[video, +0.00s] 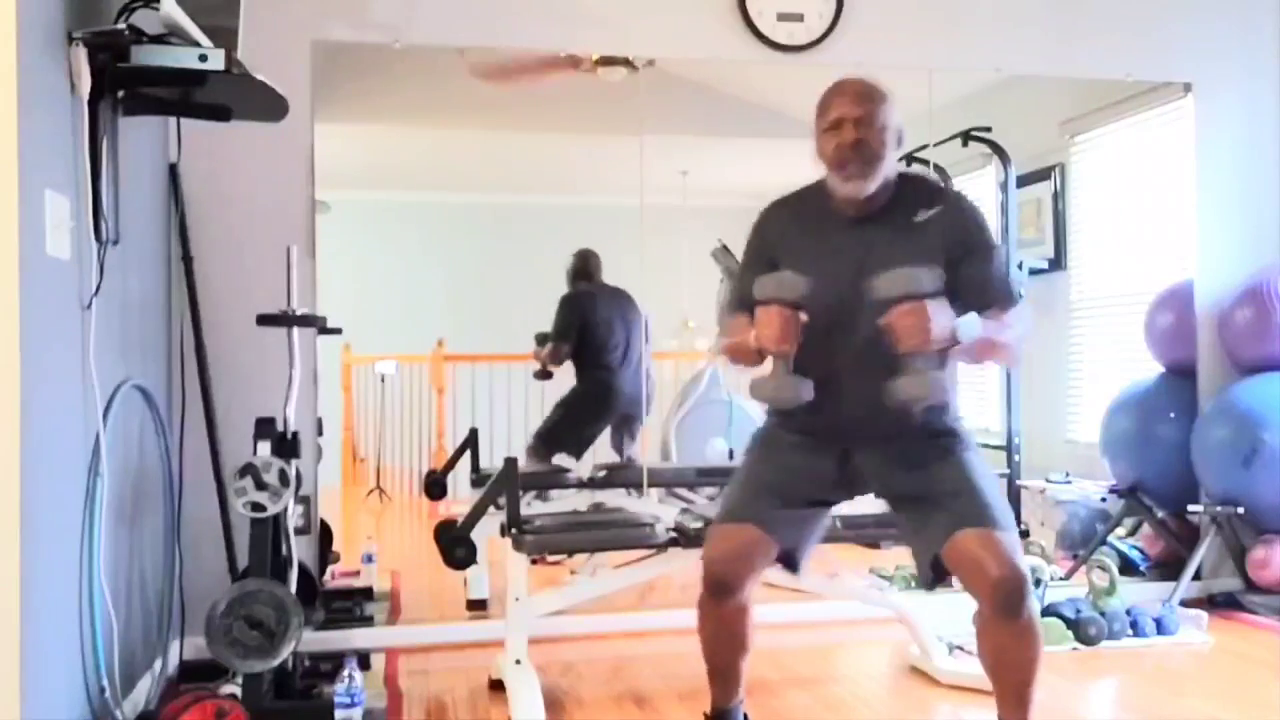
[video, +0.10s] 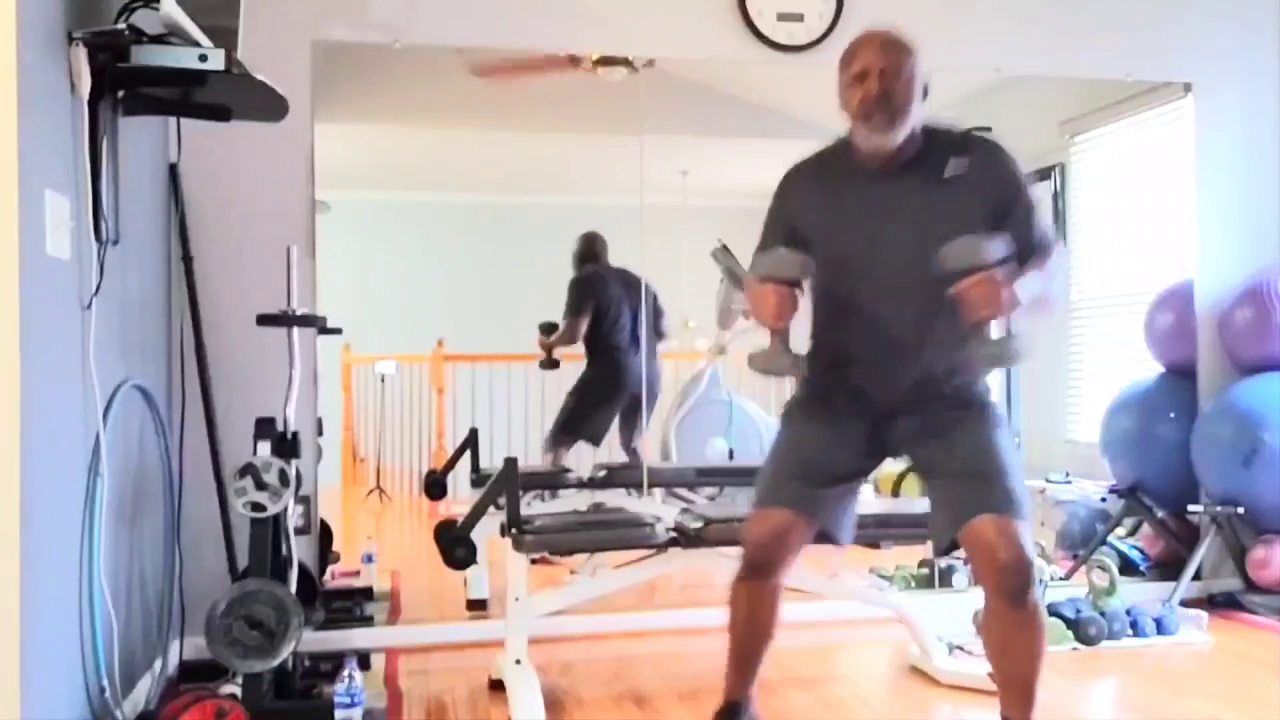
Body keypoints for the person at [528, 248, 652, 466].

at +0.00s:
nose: (567, 276)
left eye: (569, 272)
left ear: (571, 273)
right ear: (599, 273)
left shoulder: (575, 300)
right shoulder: (627, 299)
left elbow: (557, 354)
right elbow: (643, 347)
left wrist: (543, 355)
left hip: (598, 393)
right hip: (637, 391)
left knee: (539, 449)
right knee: (629, 453)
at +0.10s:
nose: (574, 258)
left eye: (575, 254)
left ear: (579, 255)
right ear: (605, 254)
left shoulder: (586, 280)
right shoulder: (636, 282)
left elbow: (573, 334)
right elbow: (660, 331)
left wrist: (550, 344)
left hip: (609, 374)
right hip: (647, 375)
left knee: (559, 443)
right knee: (633, 442)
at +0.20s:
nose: (578, 246)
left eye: (578, 241)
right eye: (579, 242)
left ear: (583, 240)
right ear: (608, 238)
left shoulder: (592, 261)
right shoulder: (644, 263)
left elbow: (592, 304)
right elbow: (673, 308)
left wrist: (560, 329)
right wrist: (641, 320)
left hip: (614, 360)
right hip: (652, 361)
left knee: (572, 432)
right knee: (640, 437)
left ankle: (578, 503)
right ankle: (659, 507)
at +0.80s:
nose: (581, 256)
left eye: (582, 251)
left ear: (587, 253)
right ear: (614, 252)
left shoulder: (586, 280)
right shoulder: (645, 280)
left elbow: (571, 337)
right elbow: (663, 333)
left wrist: (560, 340)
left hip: (613, 375)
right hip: (653, 376)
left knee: (556, 441)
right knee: (646, 446)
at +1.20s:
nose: (542, 248)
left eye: (543, 244)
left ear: (546, 244)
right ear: (572, 242)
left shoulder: (541, 273)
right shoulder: (603, 270)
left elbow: (529, 326)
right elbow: (624, 321)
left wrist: (520, 337)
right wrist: (593, 326)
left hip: (564, 368)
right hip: (605, 367)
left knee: (533, 443)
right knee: (618, 440)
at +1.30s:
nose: (536, 236)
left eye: (537, 232)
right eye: (539, 233)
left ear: (539, 231)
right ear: (565, 230)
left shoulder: (535, 257)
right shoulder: (596, 256)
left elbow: (523, 305)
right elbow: (626, 304)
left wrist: (506, 320)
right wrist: (599, 315)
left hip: (555, 355)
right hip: (596, 355)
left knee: (533, 430)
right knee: (598, 424)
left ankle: (532, 492)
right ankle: (601, 477)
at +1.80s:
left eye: (526, 236)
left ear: (522, 238)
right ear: (548, 238)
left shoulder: (509, 270)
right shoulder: (575, 268)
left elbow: (489, 324)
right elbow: (597, 321)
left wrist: (511, 333)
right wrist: (567, 324)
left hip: (520, 366)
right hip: (566, 366)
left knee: (486, 430)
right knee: (571, 439)